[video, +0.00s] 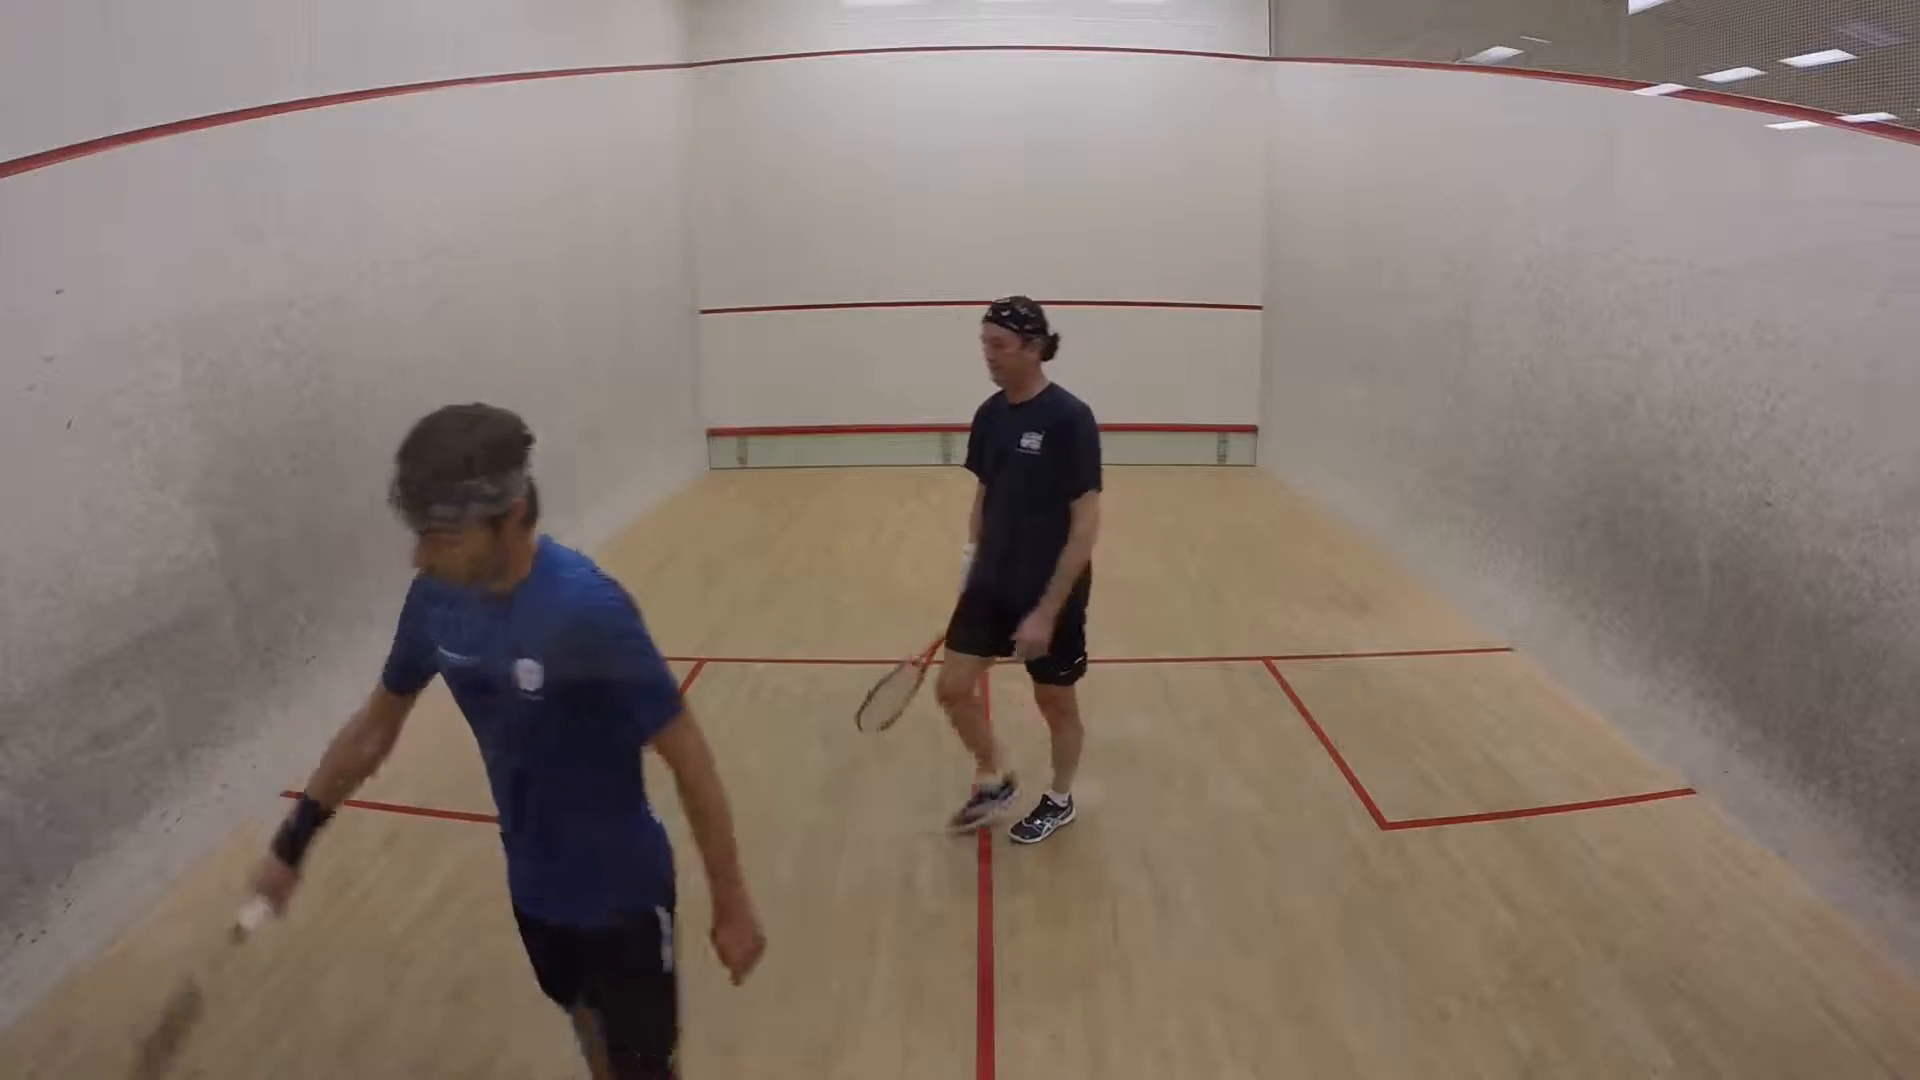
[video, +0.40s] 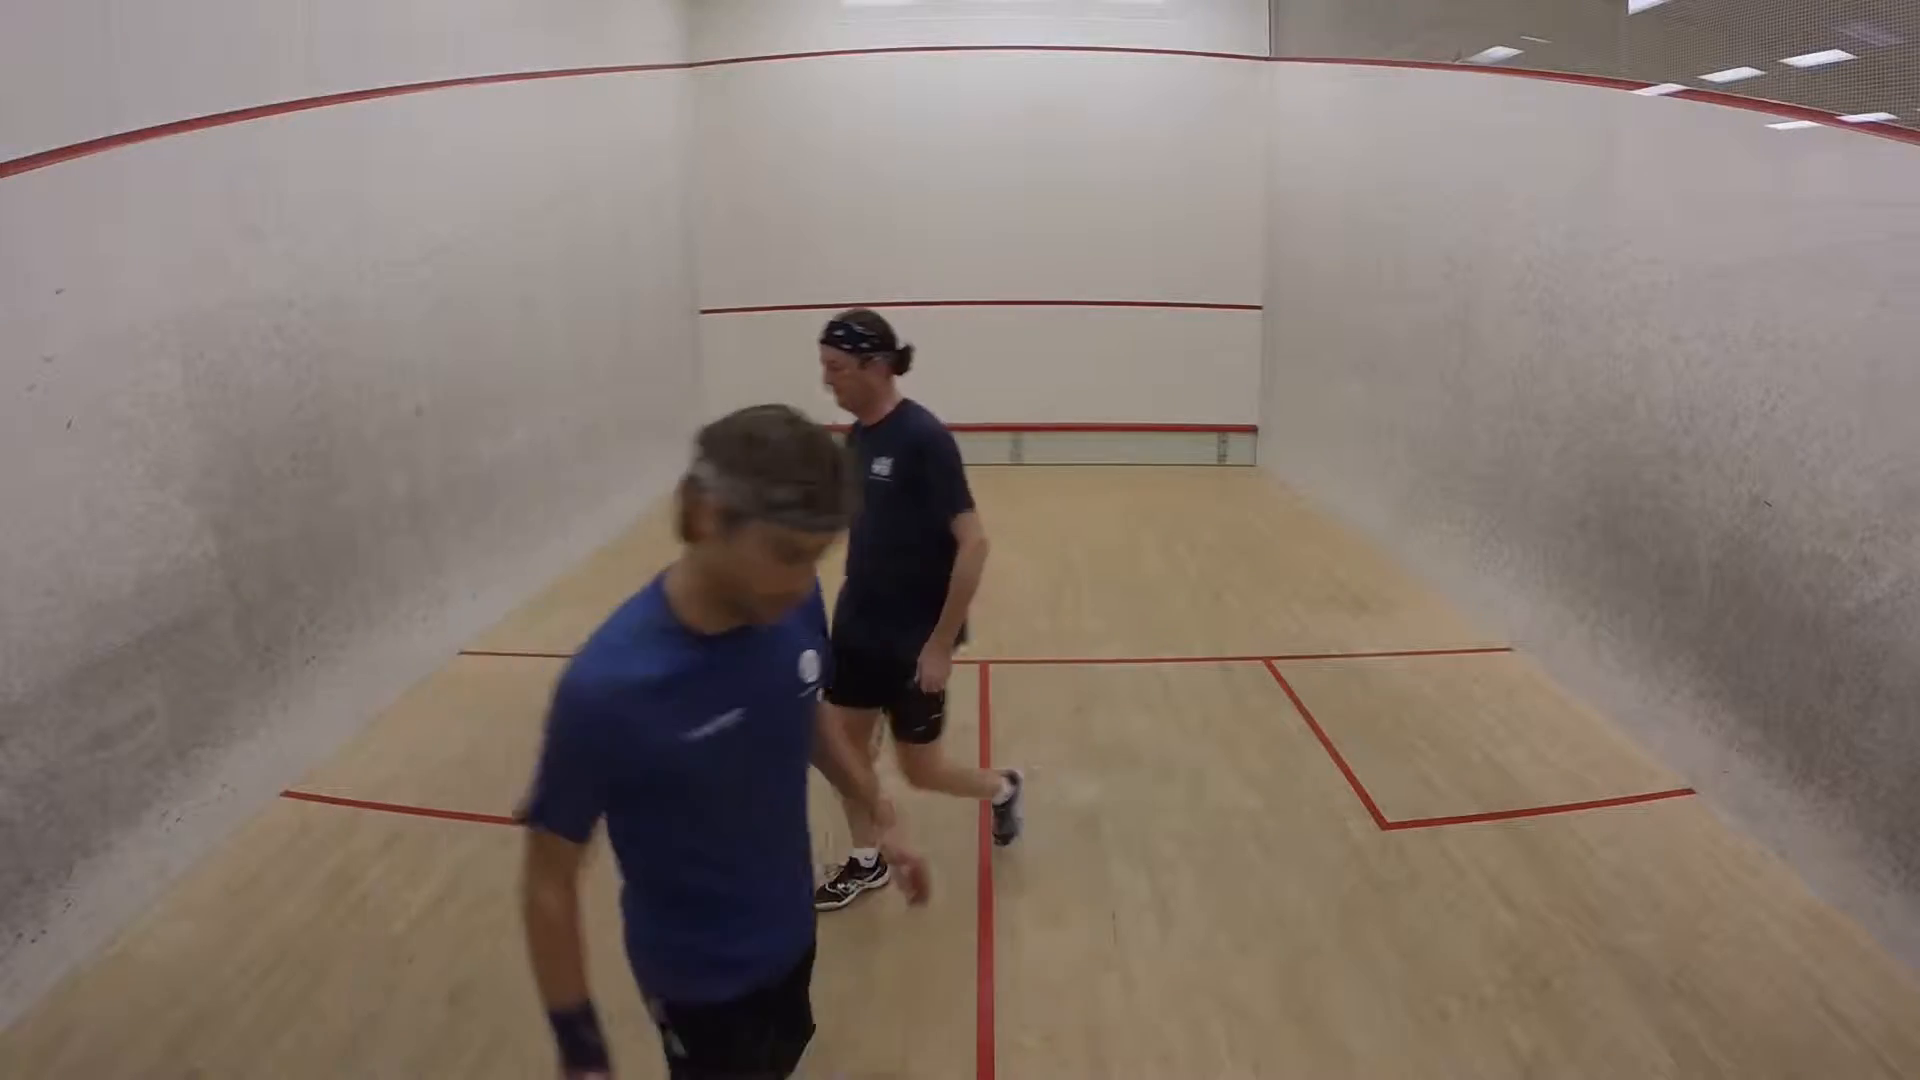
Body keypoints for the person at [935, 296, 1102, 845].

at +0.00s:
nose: (988, 356)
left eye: (998, 346)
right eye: (985, 345)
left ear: (1034, 348)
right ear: (991, 348)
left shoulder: (1072, 420)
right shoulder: (990, 414)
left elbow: (1086, 529)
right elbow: (984, 494)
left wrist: (1046, 611)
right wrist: (972, 561)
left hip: (1053, 584)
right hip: (994, 574)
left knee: (1056, 701)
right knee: (954, 688)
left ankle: (1060, 798)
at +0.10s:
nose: (952, 365)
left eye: (963, 356)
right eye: (949, 355)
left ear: (1001, 356)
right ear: (953, 357)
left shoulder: (1041, 429)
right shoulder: (964, 424)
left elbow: (1055, 538)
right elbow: (966, 514)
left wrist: (1002, 620)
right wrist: (959, 591)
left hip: (1028, 594)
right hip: (968, 586)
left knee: (1042, 708)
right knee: (932, 705)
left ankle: (1058, 799)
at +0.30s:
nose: (869, 381)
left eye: (880, 369)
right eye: (867, 369)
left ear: (920, 369)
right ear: (887, 373)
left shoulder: (962, 442)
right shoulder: (895, 437)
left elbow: (993, 552)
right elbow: (903, 532)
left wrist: (951, 649)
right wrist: (887, 606)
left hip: (958, 617)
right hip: (897, 607)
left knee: (981, 737)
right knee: (865, 731)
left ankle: (1043, 790)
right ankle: (866, 854)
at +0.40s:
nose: (828, 380)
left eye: (837, 369)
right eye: (825, 368)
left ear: (877, 367)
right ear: (859, 369)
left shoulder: (927, 439)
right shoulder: (859, 438)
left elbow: (972, 542)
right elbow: (864, 529)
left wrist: (941, 644)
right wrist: (850, 605)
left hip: (919, 626)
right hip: (860, 613)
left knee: (921, 767)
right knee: (846, 744)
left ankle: (1001, 789)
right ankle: (869, 857)